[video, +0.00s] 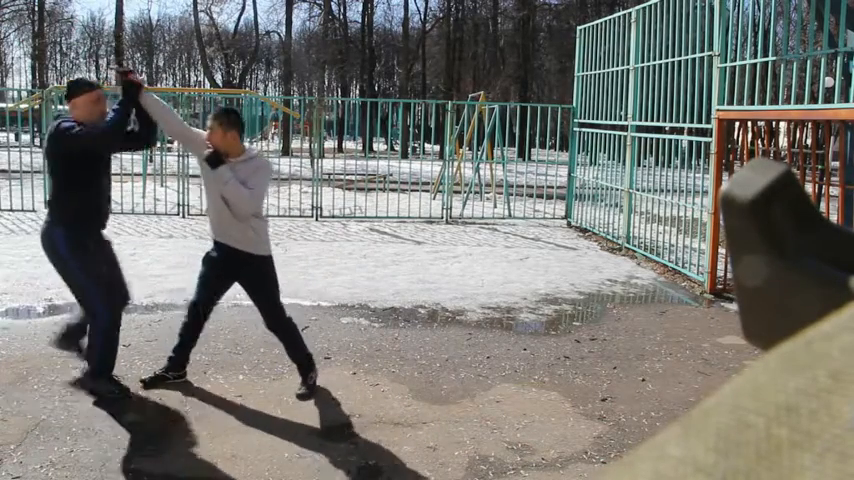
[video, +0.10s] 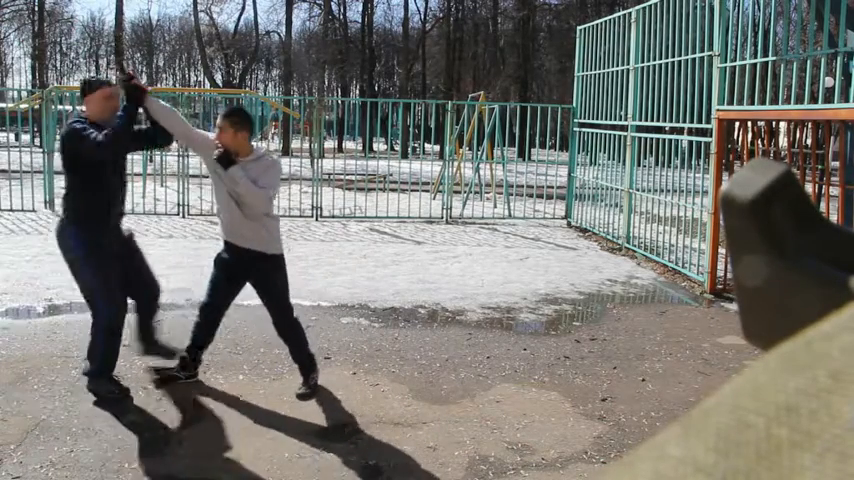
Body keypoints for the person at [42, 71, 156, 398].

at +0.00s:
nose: (104, 106)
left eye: (103, 100)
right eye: (96, 101)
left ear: (100, 103)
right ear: (75, 105)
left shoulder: (100, 131)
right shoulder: (63, 133)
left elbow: (143, 139)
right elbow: (108, 136)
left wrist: (140, 101)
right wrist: (128, 97)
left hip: (90, 235)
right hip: (64, 236)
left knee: (117, 296)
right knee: (101, 305)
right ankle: (98, 376)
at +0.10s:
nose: (115, 105)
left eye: (116, 99)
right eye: (108, 99)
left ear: (116, 104)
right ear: (88, 102)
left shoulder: (115, 132)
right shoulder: (75, 133)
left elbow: (162, 137)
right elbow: (107, 149)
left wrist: (147, 103)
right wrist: (131, 104)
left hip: (111, 232)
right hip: (80, 236)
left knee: (148, 291)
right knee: (110, 307)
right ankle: (99, 377)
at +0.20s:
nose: (101, 97)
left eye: (106, 92)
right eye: (103, 92)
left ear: (122, 101)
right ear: (105, 100)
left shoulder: (139, 132)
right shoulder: (89, 132)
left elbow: (177, 133)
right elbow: (109, 154)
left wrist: (147, 106)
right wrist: (131, 112)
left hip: (135, 233)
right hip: (100, 236)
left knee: (171, 295)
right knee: (116, 307)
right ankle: (100, 376)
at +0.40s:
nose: (142, 107)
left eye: (148, 102)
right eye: (137, 101)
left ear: (160, 102)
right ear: (128, 104)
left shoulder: (176, 129)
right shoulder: (123, 133)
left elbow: (195, 122)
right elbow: (115, 176)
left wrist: (145, 113)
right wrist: (122, 129)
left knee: (204, 293)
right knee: (134, 301)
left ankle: (212, 358)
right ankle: (131, 366)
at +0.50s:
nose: (144, 110)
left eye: (150, 104)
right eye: (138, 105)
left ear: (166, 101)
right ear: (133, 107)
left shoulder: (185, 125)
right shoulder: (132, 135)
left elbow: (181, 121)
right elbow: (120, 180)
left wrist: (129, 118)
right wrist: (116, 134)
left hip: (188, 227)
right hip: (151, 229)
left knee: (208, 292)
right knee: (144, 297)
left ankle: (212, 355)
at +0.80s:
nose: (144, 123)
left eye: (147, 116)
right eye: (142, 117)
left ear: (166, 112)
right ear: (150, 118)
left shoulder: (181, 132)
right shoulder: (163, 143)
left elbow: (142, 151)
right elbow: (155, 192)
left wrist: (126, 144)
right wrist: (131, 160)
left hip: (197, 232)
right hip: (174, 231)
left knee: (167, 291)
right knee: (161, 291)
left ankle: (212, 327)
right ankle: (199, 346)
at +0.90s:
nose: (147, 124)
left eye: (150, 118)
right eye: (145, 119)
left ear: (169, 115)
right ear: (165, 117)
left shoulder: (181, 137)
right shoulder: (167, 140)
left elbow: (136, 163)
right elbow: (165, 190)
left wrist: (133, 152)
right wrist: (144, 150)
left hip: (200, 235)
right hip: (179, 232)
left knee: (163, 280)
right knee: (164, 282)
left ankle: (196, 344)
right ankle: (180, 332)